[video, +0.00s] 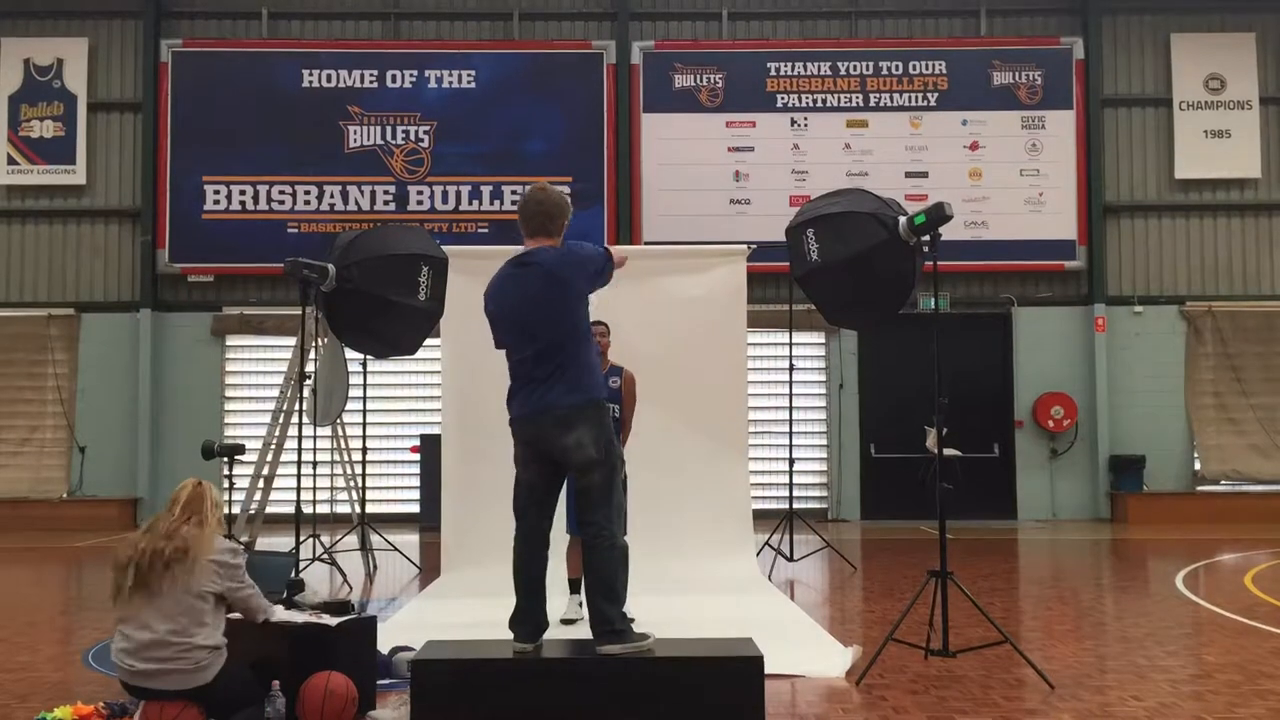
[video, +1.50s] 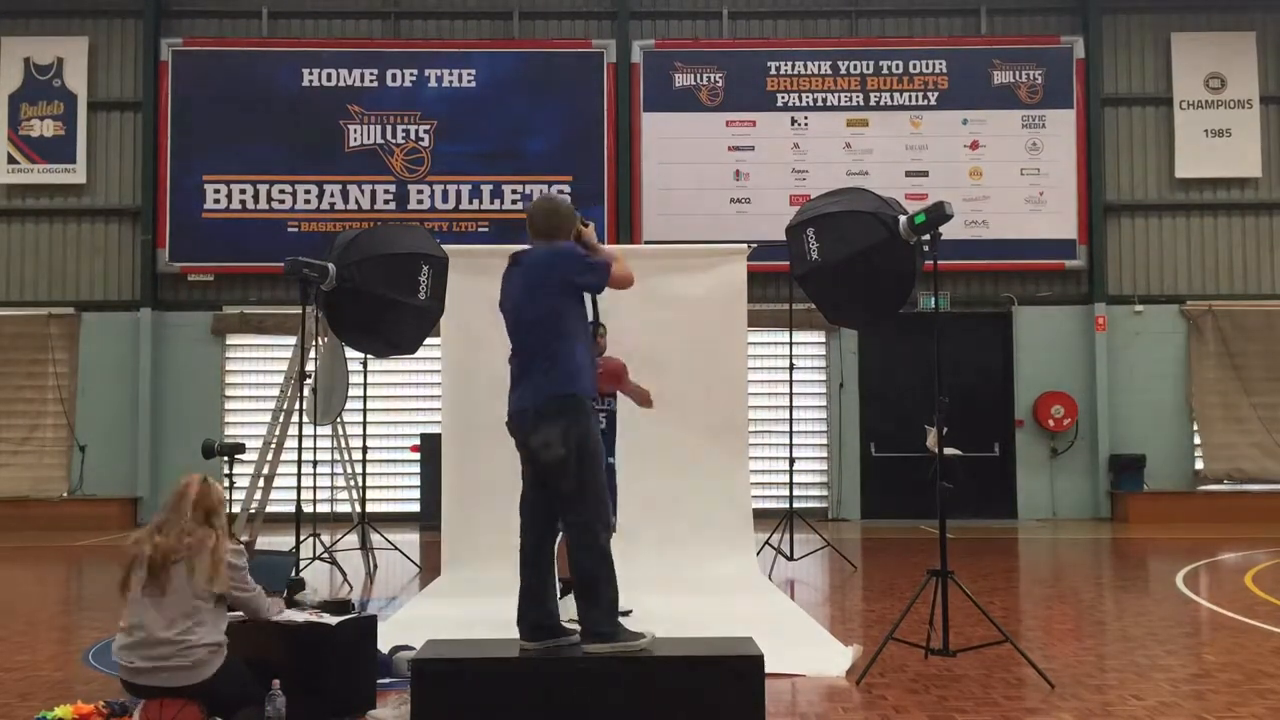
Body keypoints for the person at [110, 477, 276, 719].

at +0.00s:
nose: (222, 519)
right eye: (220, 513)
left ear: (173, 508)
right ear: (214, 514)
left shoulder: (141, 541)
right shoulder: (223, 551)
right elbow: (257, 610)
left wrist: (222, 606)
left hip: (134, 680)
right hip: (194, 680)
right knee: (253, 700)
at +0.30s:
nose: (227, 522)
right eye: (225, 517)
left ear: (177, 512)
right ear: (219, 517)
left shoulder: (147, 544)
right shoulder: (226, 551)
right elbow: (259, 611)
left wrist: (214, 605)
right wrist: (286, 606)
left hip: (134, 677)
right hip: (195, 675)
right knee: (255, 701)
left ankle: (140, 706)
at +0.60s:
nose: (215, 517)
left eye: (214, 510)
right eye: (213, 511)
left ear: (166, 506)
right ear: (206, 513)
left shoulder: (132, 545)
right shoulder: (211, 551)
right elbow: (242, 617)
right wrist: (256, 611)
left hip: (136, 680)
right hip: (196, 678)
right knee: (253, 702)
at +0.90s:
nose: (217, 507)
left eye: (217, 500)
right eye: (209, 501)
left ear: (172, 505)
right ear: (189, 506)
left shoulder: (136, 544)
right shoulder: (211, 551)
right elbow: (243, 614)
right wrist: (255, 615)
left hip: (135, 679)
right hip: (194, 678)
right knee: (252, 701)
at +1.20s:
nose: (219, 520)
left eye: (219, 513)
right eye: (218, 513)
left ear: (171, 506)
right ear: (210, 514)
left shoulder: (135, 542)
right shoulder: (216, 553)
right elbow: (246, 618)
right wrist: (257, 615)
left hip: (135, 680)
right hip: (194, 680)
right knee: (252, 699)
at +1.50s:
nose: (225, 514)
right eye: (222, 508)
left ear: (174, 506)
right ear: (216, 511)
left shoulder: (145, 542)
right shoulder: (225, 550)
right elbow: (259, 608)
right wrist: (277, 604)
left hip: (136, 680)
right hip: (196, 677)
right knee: (252, 700)